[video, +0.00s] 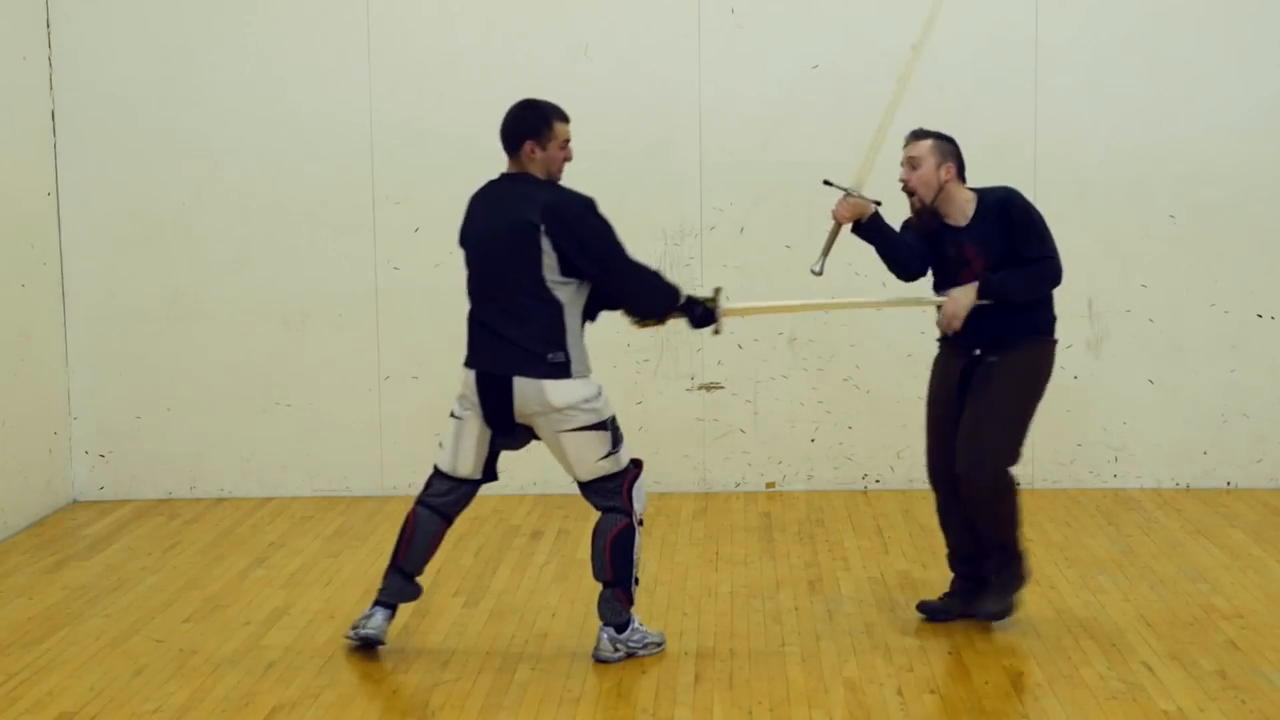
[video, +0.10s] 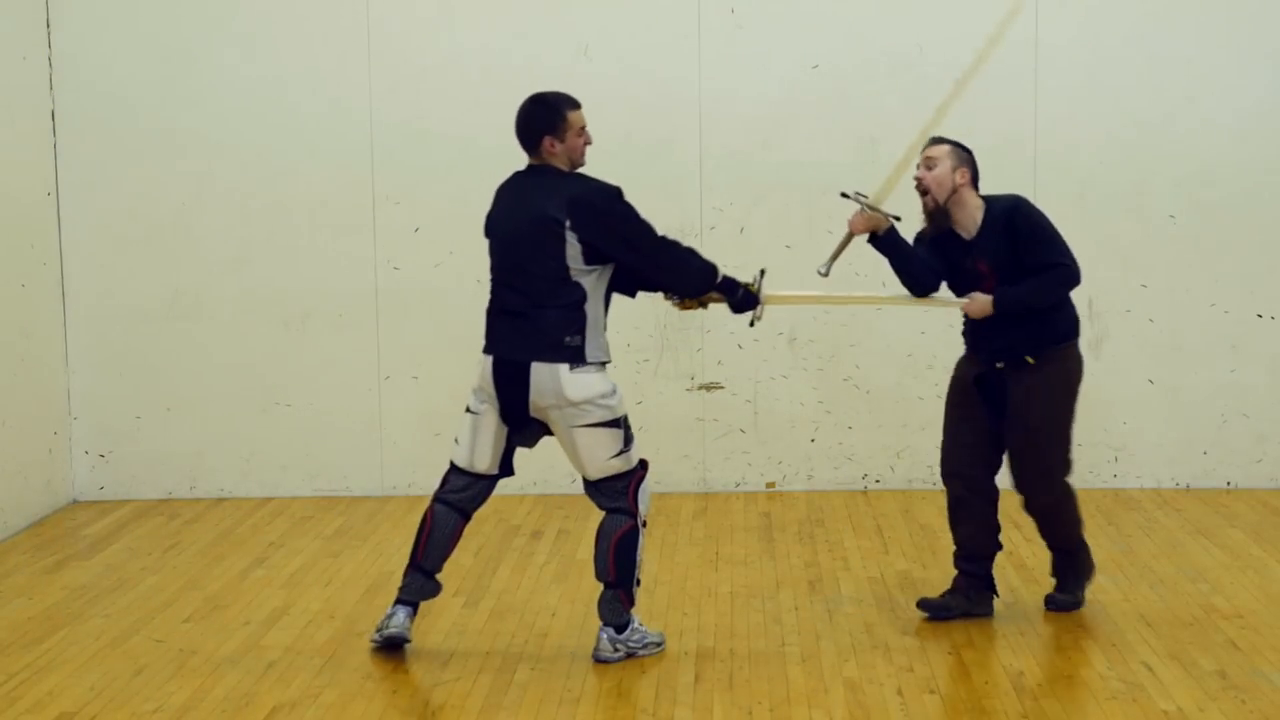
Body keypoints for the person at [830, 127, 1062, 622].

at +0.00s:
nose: (904, 177)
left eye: (914, 165)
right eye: (903, 167)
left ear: (948, 169)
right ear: (933, 175)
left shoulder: (1005, 206)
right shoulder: (925, 224)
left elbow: (1048, 271)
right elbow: (908, 266)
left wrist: (975, 290)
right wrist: (868, 220)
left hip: (1020, 352)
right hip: (959, 355)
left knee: (981, 463)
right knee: (945, 470)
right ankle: (969, 586)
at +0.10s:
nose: (918, 175)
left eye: (929, 166)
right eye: (918, 168)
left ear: (963, 176)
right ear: (925, 182)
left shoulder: (1014, 214)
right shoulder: (935, 237)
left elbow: (1066, 273)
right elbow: (921, 282)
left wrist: (997, 301)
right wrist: (883, 233)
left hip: (1045, 362)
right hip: (983, 363)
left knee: (1038, 476)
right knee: (964, 472)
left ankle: (1073, 565)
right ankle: (974, 586)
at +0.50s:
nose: (956, 220)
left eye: (964, 209)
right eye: (950, 211)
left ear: (994, 209)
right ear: (948, 215)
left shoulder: (1047, 237)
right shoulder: (959, 258)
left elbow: (1097, 294)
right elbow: (964, 317)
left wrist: (1031, 317)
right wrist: (932, 266)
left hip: (1076, 358)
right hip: (1009, 359)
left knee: (1076, 465)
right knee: (991, 460)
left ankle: (1083, 570)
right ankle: (999, 560)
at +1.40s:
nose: (1015, 254)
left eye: (1026, 243)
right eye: (1007, 242)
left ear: (1046, 239)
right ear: (997, 237)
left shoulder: (1077, 264)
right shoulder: (986, 268)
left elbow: (1116, 320)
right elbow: (989, 352)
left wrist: (1054, 339)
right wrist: (972, 322)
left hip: (1074, 379)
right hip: (1006, 377)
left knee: (1076, 476)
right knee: (984, 471)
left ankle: (1075, 581)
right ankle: (997, 563)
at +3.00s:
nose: (1042, 284)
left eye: (1055, 279)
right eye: (1038, 271)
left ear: (1078, 276)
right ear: (1031, 257)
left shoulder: (1101, 290)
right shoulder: (1003, 275)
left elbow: (1119, 344)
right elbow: (973, 357)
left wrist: (1060, 354)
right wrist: (980, 334)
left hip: (1073, 388)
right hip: (1002, 380)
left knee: (1077, 480)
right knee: (979, 476)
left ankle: (1075, 582)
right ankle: (996, 562)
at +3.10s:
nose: (1049, 320)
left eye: (1060, 317)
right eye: (1046, 309)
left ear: (1082, 306)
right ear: (1041, 285)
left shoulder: (1109, 303)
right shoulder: (1012, 282)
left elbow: (1121, 356)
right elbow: (961, 358)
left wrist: (1092, 378)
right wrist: (974, 336)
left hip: (1076, 397)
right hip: (1004, 386)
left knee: (1079, 483)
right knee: (977, 477)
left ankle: (1075, 582)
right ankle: (994, 561)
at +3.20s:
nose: (1059, 358)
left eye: (1068, 355)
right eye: (1053, 350)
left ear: (1091, 330)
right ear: (1042, 319)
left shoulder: (1114, 311)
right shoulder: (1013, 306)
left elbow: (1141, 359)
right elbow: (952, 360)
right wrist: (969, 340)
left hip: (1081, 405)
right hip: (1008, 398)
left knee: (1088, 492)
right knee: (977, 490)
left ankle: (1076, 584)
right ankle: (971, 532)